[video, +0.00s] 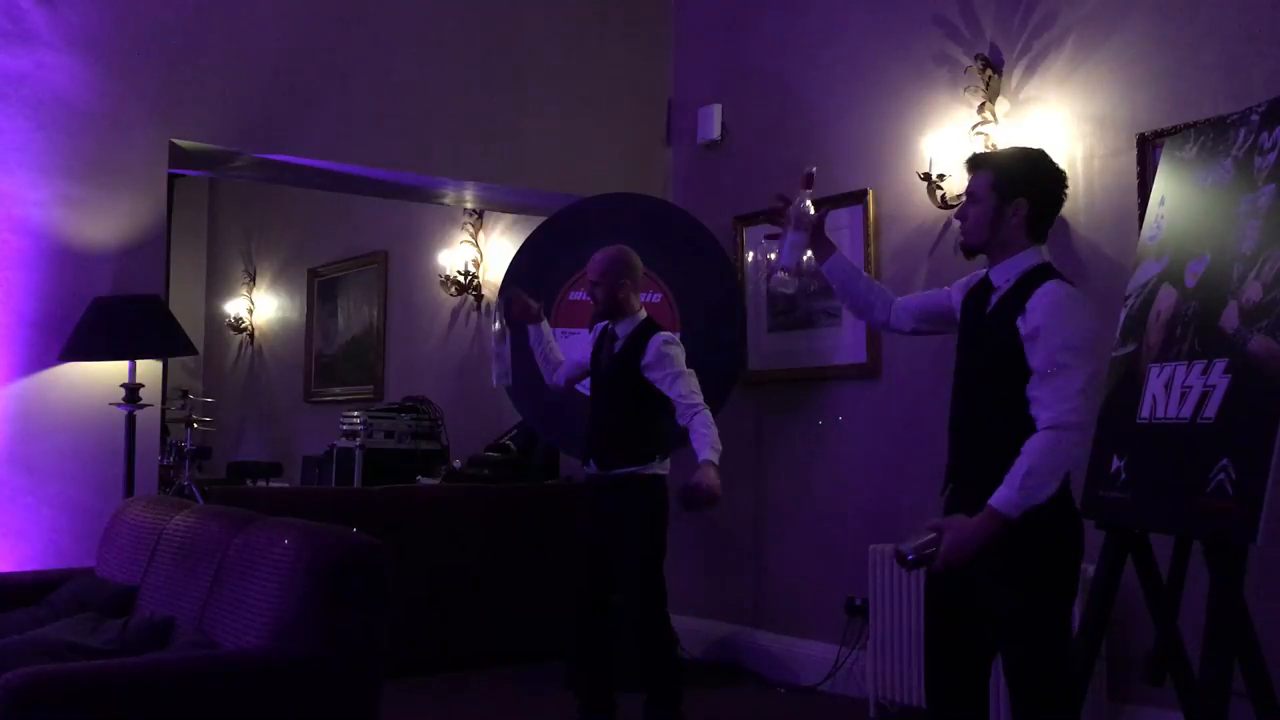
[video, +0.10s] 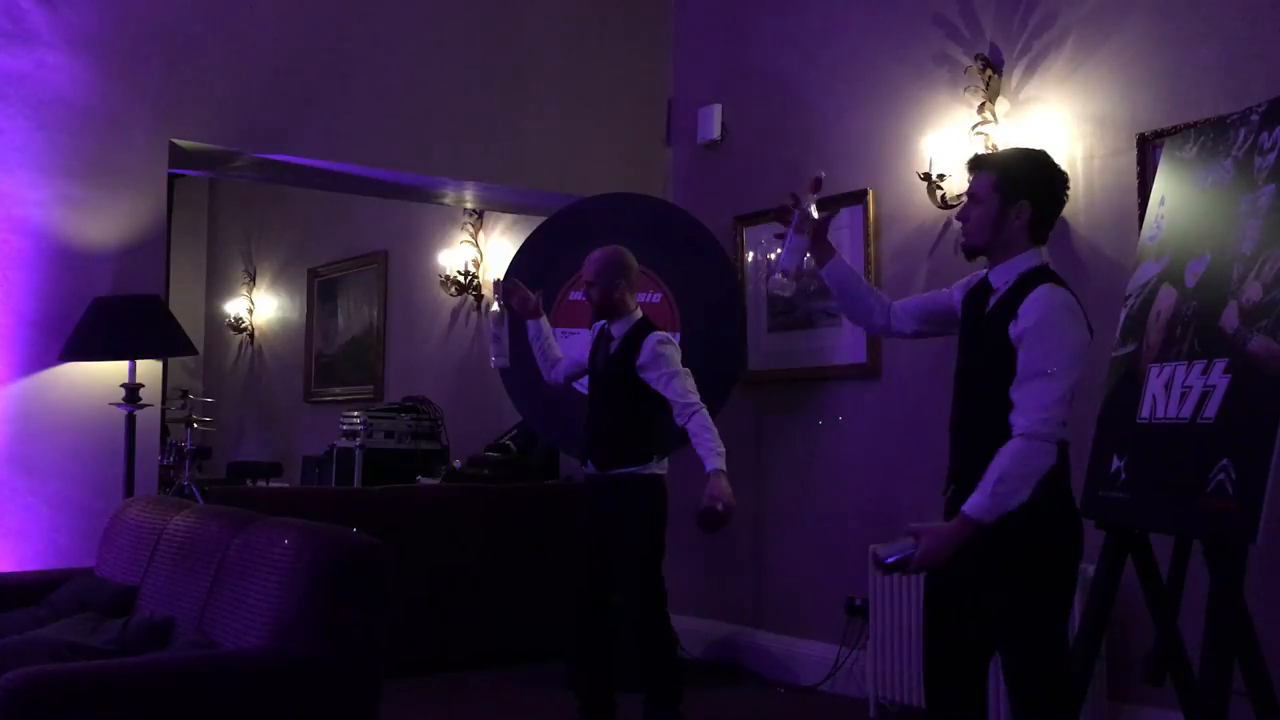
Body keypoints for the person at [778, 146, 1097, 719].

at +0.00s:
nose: (959, 209)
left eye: (972, 198)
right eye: (964, 196)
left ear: (1016, 212)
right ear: (1006, 214)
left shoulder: (1056, 304)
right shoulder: (976, 294)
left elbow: (1064, 432)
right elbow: (886, 309)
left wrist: (983, 520)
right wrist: (816, 241)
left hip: (1030, 530)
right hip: (967, 525)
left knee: (1040, 697)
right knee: (954, 690)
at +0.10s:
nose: (960, 210)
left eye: (975, 199)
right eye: (965, 197)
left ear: (1019, 216)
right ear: (1009, 217)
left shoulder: (1048, 307)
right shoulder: (978, 293)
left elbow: (1036, 439)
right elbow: (882, 315)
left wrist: (961, 527)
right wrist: (821, 249)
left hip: (1028, 523)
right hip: (969, 518)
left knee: (1037, 692)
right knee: (952, 687)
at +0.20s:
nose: (960, 214)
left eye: (975, 202)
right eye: (964, 201)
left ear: (1019, 217)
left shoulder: (1043, 308)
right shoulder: (979, 293)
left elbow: (1012, 437)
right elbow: (886, 329)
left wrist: (932, 515)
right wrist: (830, 277)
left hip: (1028, 516)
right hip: (974, 510)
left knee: (1035, 687)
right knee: (950, 681)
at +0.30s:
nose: (958, 219)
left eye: (973, 207)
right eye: (960, 205)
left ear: (1019, 218)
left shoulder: (1038, 308)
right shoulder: (976, 295)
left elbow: (991, 436)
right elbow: (885, 358)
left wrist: (895, 486)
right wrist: (868, 314)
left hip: (1030, 510)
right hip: (979, 504)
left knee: (1031, 675)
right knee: (949, 667)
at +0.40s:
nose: (954, 221)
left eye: (969, 208)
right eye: (956, 207)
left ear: (1014, 219)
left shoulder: (1034, 305)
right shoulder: (970, 292)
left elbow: (997, 432)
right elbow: (915, 385)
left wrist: (897, 433)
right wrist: (923, 357)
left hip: (1030, 507)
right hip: (978, 499)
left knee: (1034, 677)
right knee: (948, 667)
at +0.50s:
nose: (953, 218)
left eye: (968, 206)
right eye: (954, 205)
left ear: (1013, 215)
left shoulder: (1040, 300)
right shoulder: (960, 294)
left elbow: (1041, 428)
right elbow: (926, 381)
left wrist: (959, 444)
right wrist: (929, 420)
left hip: (1033, 503)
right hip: (973, 497)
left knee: (1038, 677)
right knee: (948, 667)